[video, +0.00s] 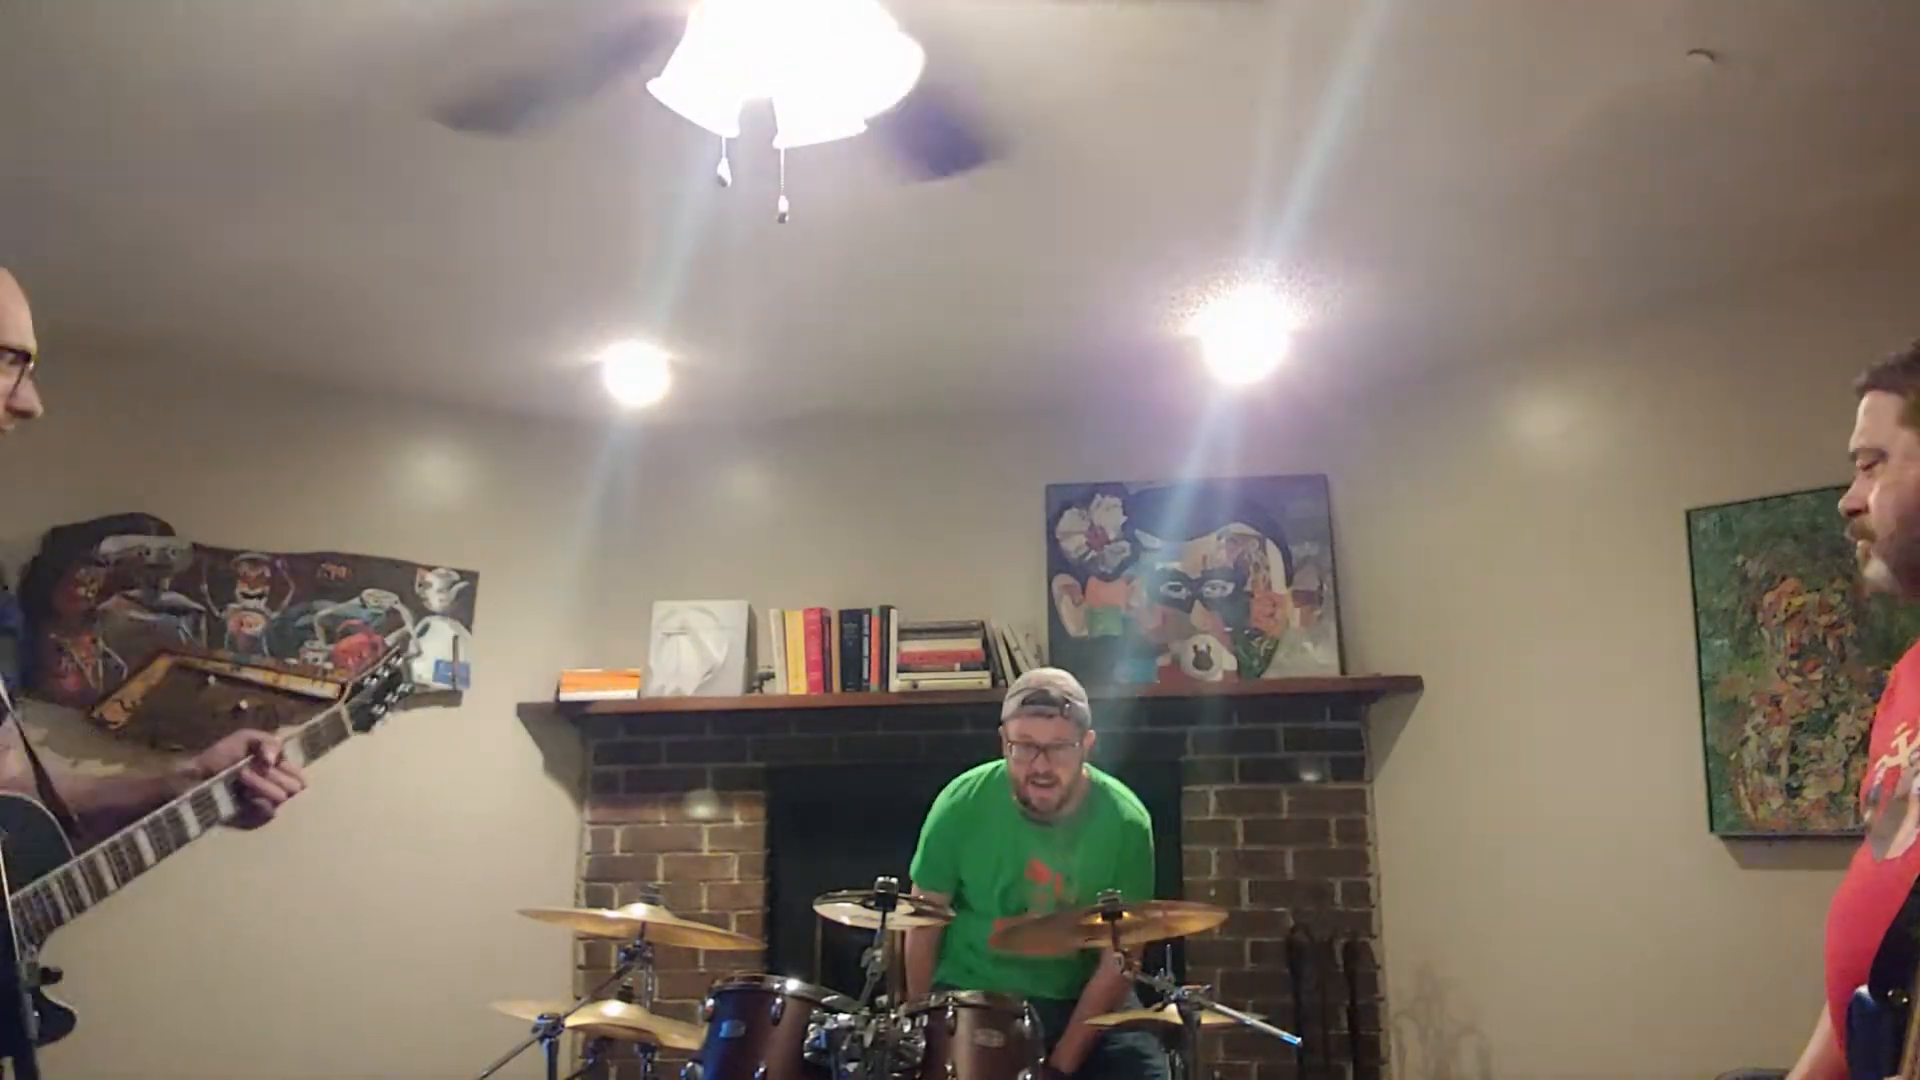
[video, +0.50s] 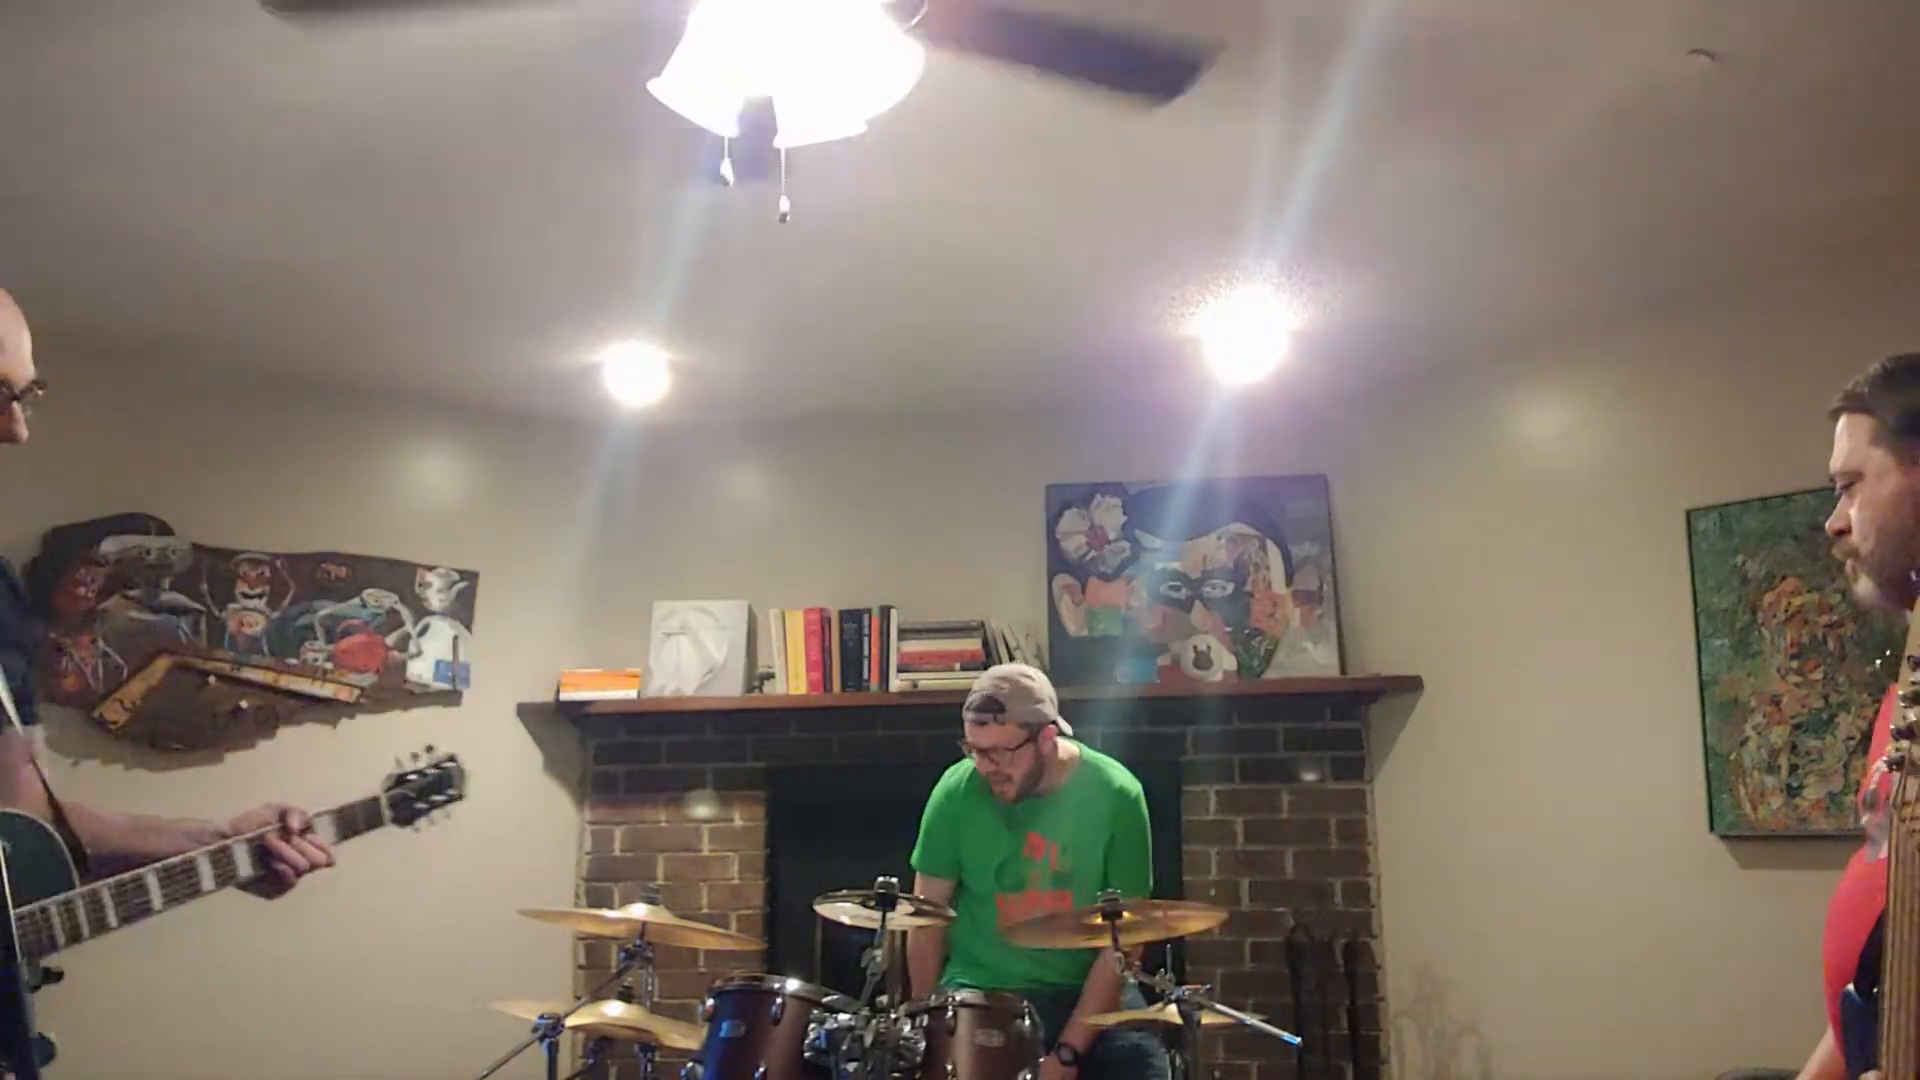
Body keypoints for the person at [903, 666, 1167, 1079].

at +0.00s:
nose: (1040, 765)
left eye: (1057, 748)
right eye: (1024, 747)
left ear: (1087, 744)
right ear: (1004, 742)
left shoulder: (1126, 822)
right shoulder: (961, 805)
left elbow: (1123, 955)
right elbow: (922, 921)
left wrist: (1060, 1064)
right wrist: (920, 1031)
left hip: (1082, 1004)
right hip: (973, 1002)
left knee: (1146, 1069)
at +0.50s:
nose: (984, 768)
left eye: (997, 754)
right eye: (975, 752)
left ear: (1047, 738)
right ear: (966, 742)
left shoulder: (1115, 796)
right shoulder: (956, 792)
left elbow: (1126, 937)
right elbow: (926, 917)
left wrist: (1066, 1053)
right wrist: (925, 1029)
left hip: (1085, 991)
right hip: (980, 990)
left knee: (1142, 1064)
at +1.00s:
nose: (988, 817)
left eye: (1001, 802)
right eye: (979, 802)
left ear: (1046, 788)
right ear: (969, 791)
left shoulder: (1105, 852)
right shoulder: (951, 850)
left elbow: (1134, 977)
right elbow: (895, 964)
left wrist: (1077, 1061)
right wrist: (877, 1048)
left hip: (1081, 1037)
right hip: (975, 1037)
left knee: (1147, 1076)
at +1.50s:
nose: (969, 816)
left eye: (980, 802)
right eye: (960, 804)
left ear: (1023, 785)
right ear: (951, 797)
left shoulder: (1095, 851)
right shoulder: (951, 866)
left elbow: (1151, 951)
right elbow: (906, 987)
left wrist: (1137, 991)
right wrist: (888, 1047)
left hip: (1083, 1035)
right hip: (979, 1035)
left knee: (1146, 1074)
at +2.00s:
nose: (953, 862)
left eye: (966, 849)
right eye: (943, 848)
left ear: (1010, 829)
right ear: (933, 833)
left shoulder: (1076, 854)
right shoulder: (929, 885)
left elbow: (1133, 964)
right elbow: (897, 1011)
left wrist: (1073, 1044)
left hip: (1077, 1038)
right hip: (975, 1046)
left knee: (1131, 1075)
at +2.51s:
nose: (926, 881)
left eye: (938, 871)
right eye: (920, 868)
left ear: (985, 850)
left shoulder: (1078, 841)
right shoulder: (918, 874)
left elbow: (1131, 954)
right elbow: (899, 998)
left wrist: (1064, 1060)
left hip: (1079, 1020)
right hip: (976, 1028)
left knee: (1129, 1072)